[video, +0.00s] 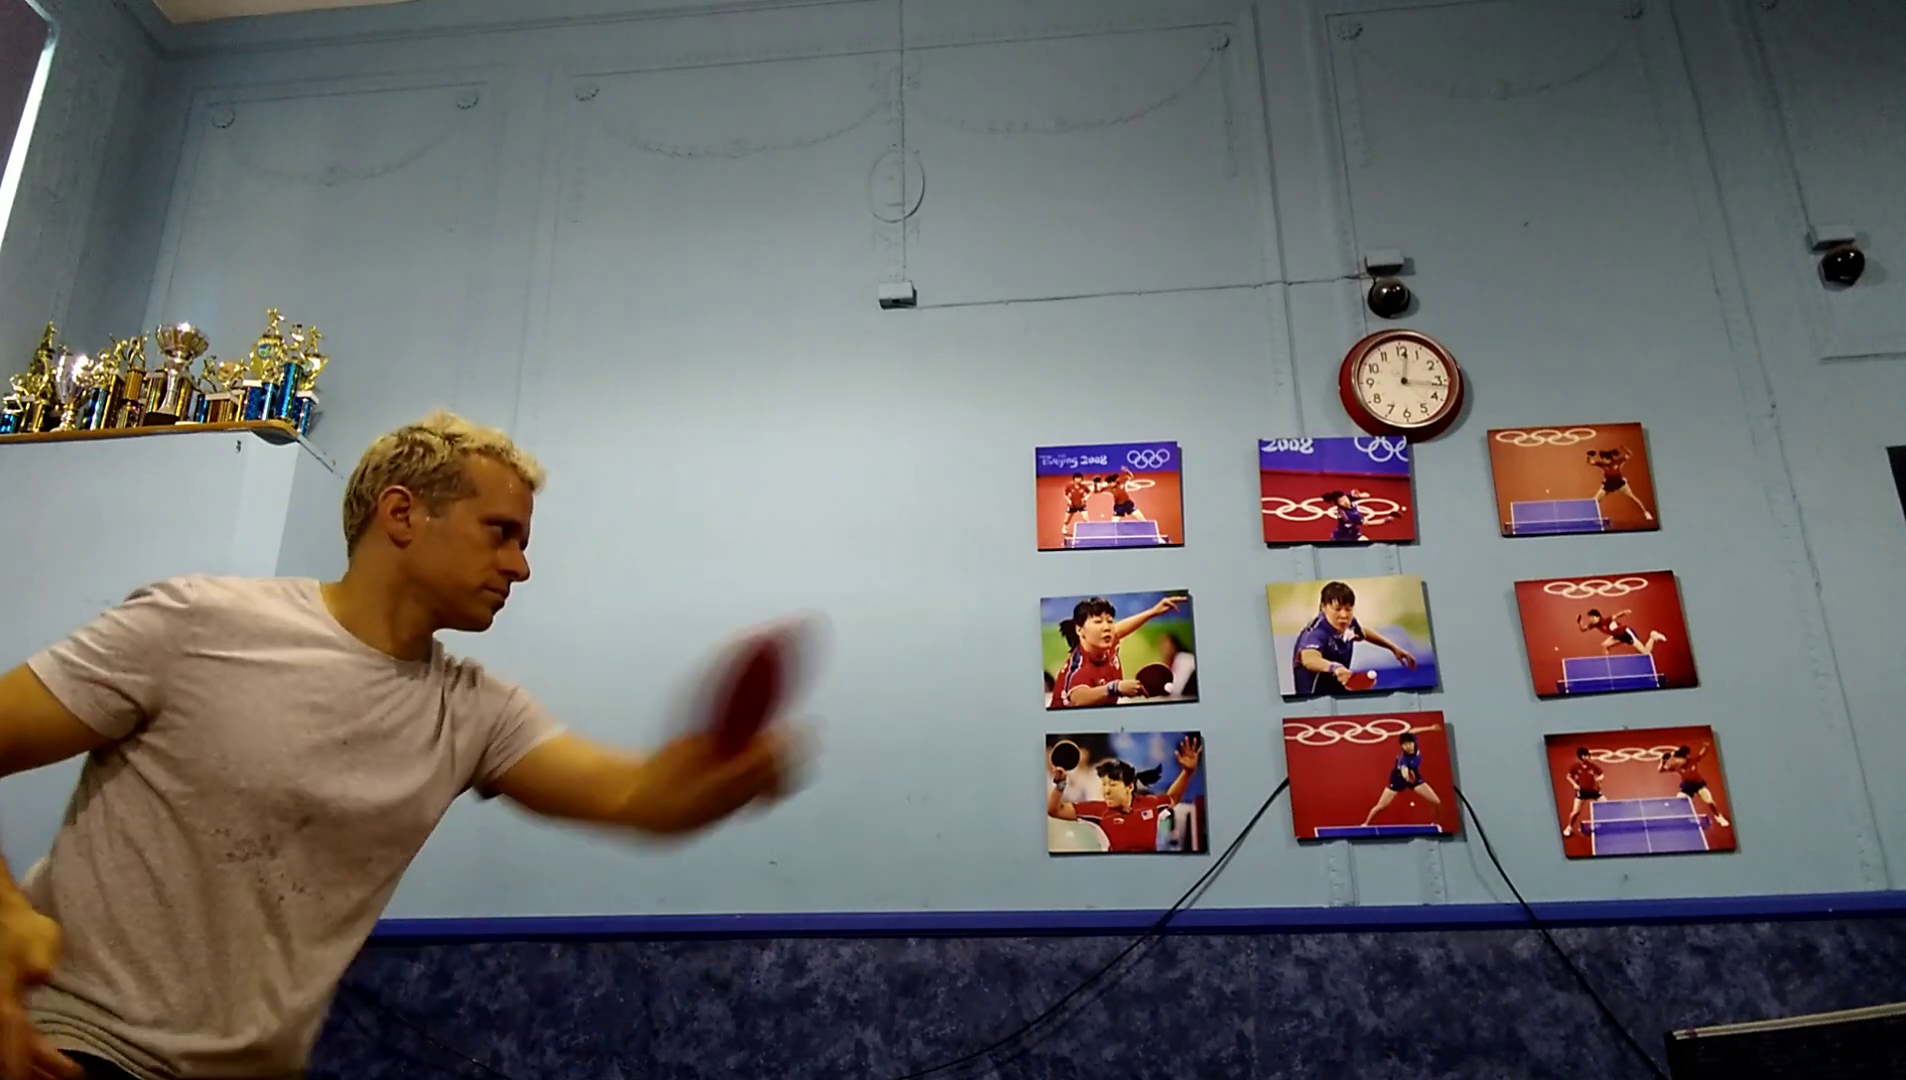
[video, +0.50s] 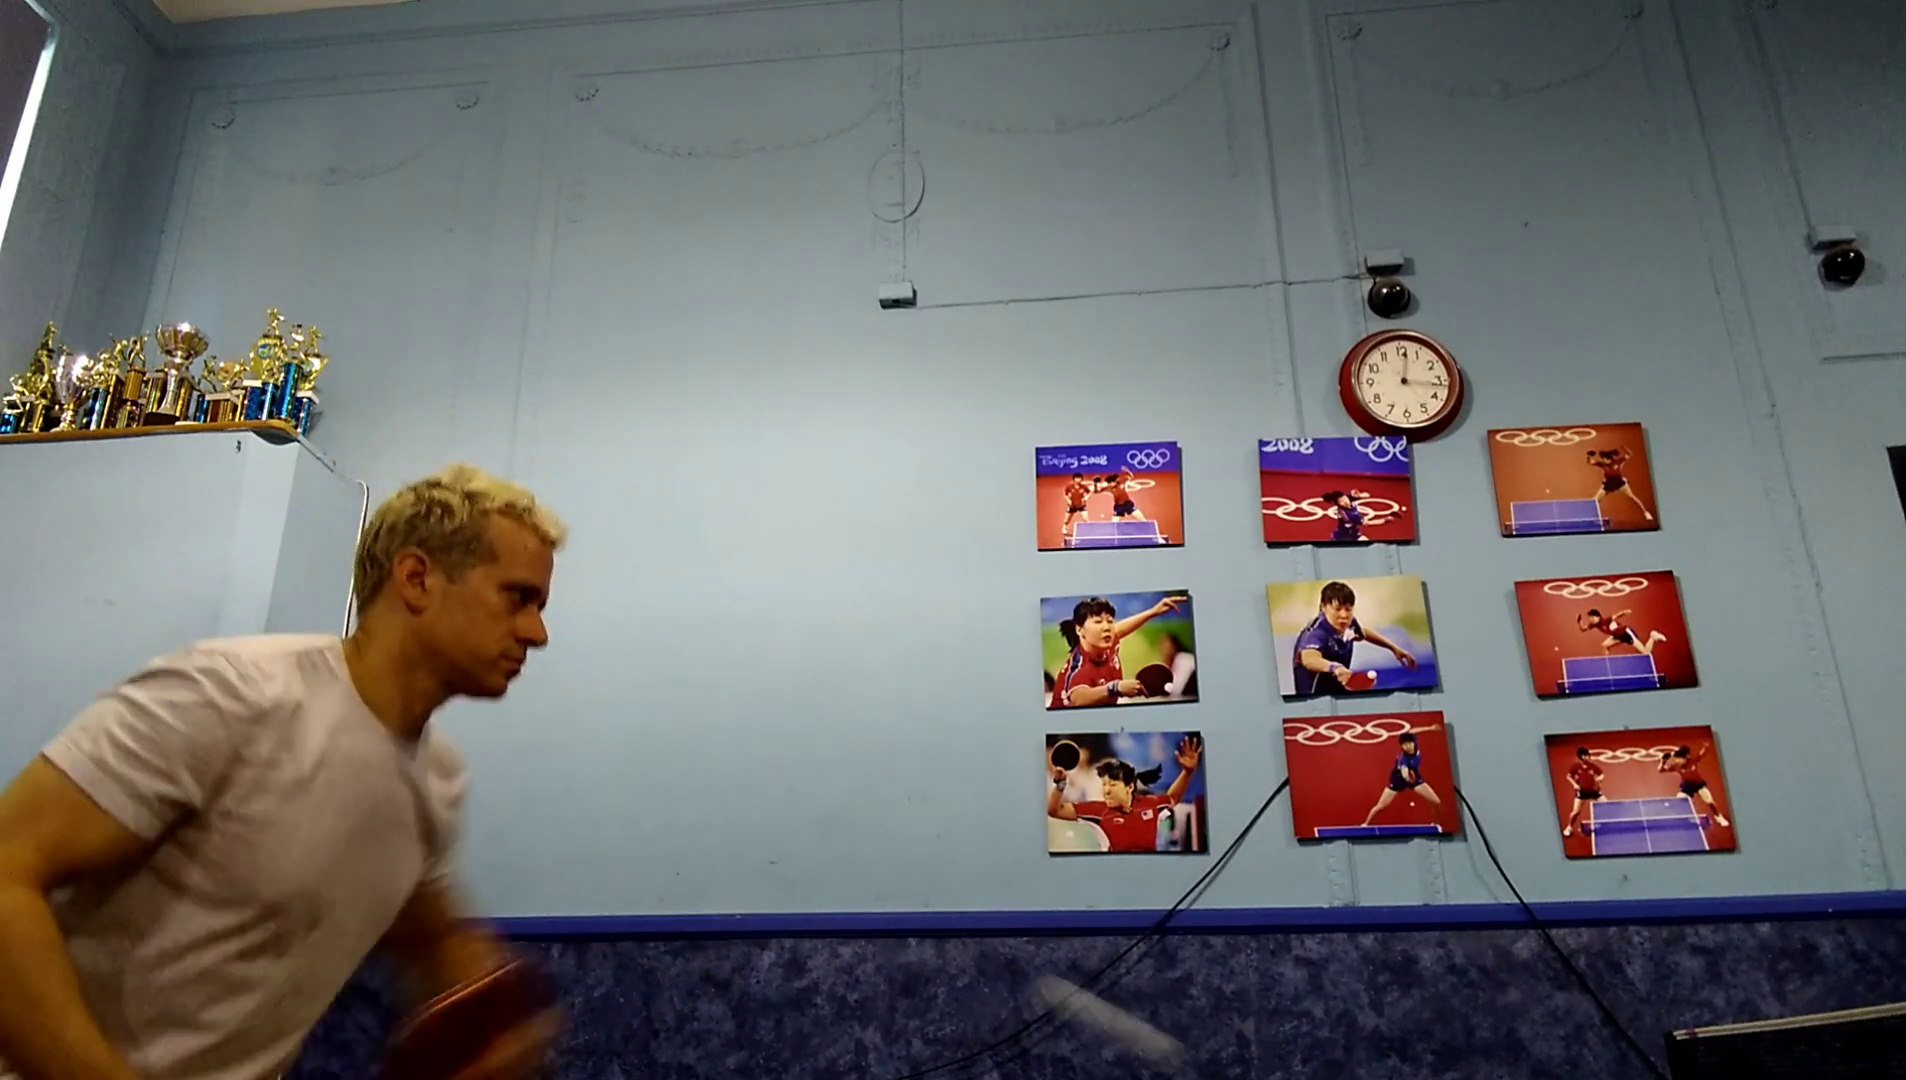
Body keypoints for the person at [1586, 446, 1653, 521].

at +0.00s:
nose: (1605, 461)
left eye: (1606, 459)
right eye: (1603, 460)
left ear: (1609, 458)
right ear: (1602, 459)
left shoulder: (1618, 462)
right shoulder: (1602, 464)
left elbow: (1629, 456)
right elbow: (1590, 463)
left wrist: (1624, 449)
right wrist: (1589, 456)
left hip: (1620, 482)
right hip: (1608, 483)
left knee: (1632, 497)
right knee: (1596, 499)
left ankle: (1645, 512)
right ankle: (1591, 519)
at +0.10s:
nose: (1605, 461)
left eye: (1606, 459)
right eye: (1604, 460)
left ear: (1610, 458)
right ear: (1603, 459)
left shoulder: (1618, 462)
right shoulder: (1602, 464)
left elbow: (1629, 456)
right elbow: (1590, 463)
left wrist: (1624, 449)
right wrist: (1589, 456)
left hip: (1620, 482)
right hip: (1608, 483)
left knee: (1632, 497)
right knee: (1596, 499)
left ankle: (1645, 512)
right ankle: (1591, 519)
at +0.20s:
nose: (1605, 461)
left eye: (1606, 459)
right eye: (1604, 460)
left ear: (1610, 458)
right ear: (1603, 459)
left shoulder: (1618, 462)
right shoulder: (1602, 464)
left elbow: (1629, 456)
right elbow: (1590, 463)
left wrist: (1624, 449)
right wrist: (1589, 456)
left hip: (1620, 482)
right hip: (1608, 483)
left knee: (1632, 497)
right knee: (1595, 499)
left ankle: (1645, 512)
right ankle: (1591, 519)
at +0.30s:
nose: (1605, 461)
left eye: (1606, 459)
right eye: (1604, 460)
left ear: (1610, 458)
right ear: (1603, 459)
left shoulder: (1618, 462)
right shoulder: (1602, 464)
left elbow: (1629, 455)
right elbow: (1590, 463)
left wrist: (1624, 448)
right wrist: (1589, 457)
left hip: (1620, 482)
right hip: (1608, 483)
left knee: (1632, 497)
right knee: (1595, 499)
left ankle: (1645, 512)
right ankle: (1591, 519)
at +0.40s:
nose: (1605, 461)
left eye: (1606, 459)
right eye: (1604, 459)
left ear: (1610, 458)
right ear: (1603, 459)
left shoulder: (1618, 462)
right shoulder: (1602, 464)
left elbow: (1629, 456)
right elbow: (1590, 463)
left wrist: (1624, 449)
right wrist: (1589, 456)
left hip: (1620, 482)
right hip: (1608, 483)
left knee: (1632, 497)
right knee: (1595, 499)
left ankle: (1645, 512)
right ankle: (1590, 519)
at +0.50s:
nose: (1605, 461)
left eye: (1606, 460)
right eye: (1603, 460)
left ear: (1610, 458)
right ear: (1603, 459)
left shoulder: (1618, 462)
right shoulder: (1602, 464)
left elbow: (1629, 455)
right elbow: (1590, 463)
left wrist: (1624, 448)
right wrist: (1589, 457)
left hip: (1620, 482)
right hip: (1608, 483)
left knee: (1632, 497)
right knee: (1595, 499)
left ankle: (1645, 512)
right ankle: (1591, 519)